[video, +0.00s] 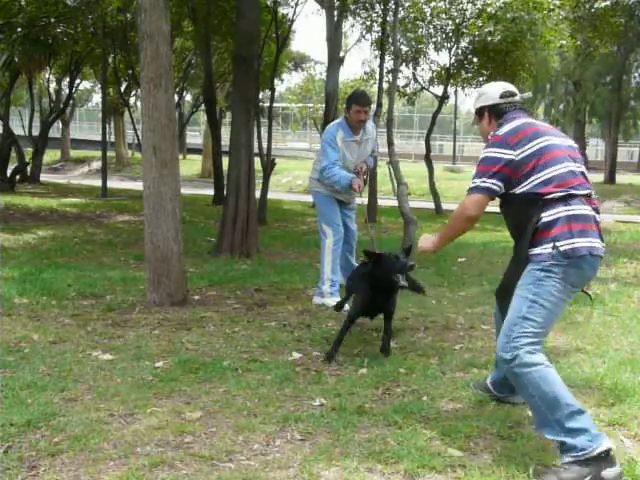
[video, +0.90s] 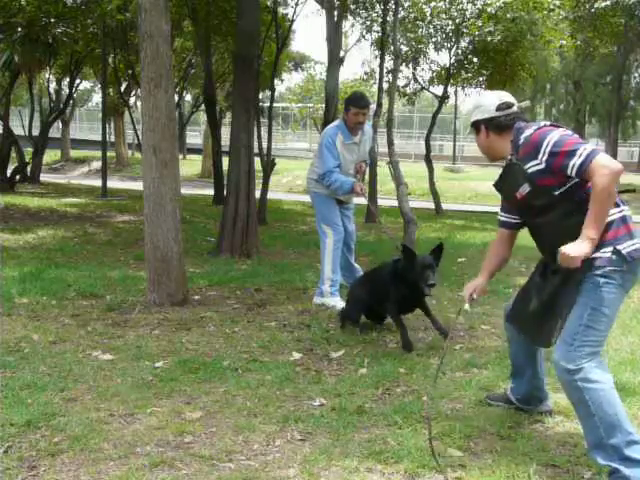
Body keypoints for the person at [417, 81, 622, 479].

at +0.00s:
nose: (480, 131)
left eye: (479, 122)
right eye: (479, 124)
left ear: (490, 116)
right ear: (515, 110)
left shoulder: (504, 138)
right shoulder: (551, 133)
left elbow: (471, 211)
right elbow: (585, 196)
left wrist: (438, 240)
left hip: (560, 246)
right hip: (583, 243)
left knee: (516, 350)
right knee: (509, 302)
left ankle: (588, 450)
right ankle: (506, 384)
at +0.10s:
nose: (484, 132)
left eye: (484, 124)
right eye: (483, 125)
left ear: (493, 118)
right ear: (523, 113)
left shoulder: (501, 140)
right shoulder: (566, 137)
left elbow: (461, 210)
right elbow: (603, 208)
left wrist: (427, 239)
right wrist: (612, 269)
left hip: (554, 252)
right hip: (589, 251)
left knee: (524, 361)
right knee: (525, 316)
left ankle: (583, 463)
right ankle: (505, 382)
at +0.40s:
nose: (482, 138)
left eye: (482, 130)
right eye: (481, 131)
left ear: (493, 126)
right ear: (519, 122)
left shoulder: (511, 140)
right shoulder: (539, 140)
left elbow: (508, 193)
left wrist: (461, 244)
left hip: (573, 249)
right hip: (595, 246)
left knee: (519, 355)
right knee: (525, 313)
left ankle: (581, 460)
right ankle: (525, 387)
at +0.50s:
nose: (479, 149)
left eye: (480, 140)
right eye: (478, 141)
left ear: (492, 135)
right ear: (505, 132)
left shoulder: (518, 144)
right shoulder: (533, 150)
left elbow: (540, 189)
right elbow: (528, 240)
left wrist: (494, 242)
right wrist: (498, 287)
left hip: (588, 249)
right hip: (591, 248)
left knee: (530, 347)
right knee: (527, 322)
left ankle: (592, 458)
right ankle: (525, 389)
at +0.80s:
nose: (481, 140)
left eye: (481, 131)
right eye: (480, 131)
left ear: (493, 125)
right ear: (505, 123)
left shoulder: (544, 135)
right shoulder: (519, 171)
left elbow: (600, 172)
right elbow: (520, 238)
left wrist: (554, 231)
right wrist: (501, 296)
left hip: (613, 253)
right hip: (575, 256)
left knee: (570, 361)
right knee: (525, 316)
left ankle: (626, 467)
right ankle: (529, 393)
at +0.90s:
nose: (476, 142)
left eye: (475, 133)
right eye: (475, 134)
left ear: (486, 130)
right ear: (500, 127)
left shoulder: (541, 139)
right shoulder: (514, 176)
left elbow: (607, 170)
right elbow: (504, 236)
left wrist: (586, 238)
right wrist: (483, 276)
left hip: (610, 254)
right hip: (568, 258)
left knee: (574, 358)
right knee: (519, 320)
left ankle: (627, 466)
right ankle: (528, 395)